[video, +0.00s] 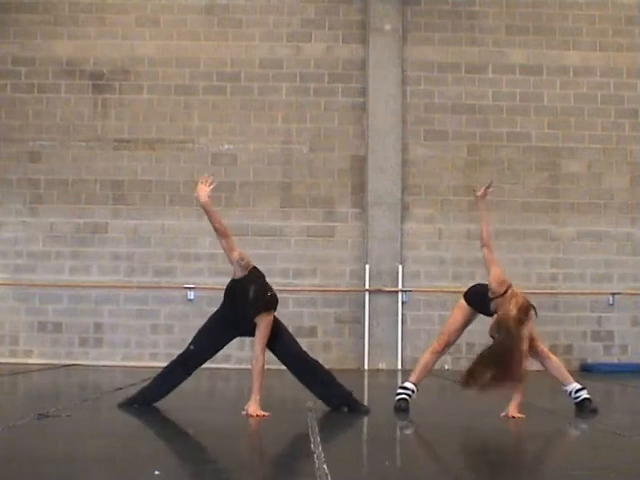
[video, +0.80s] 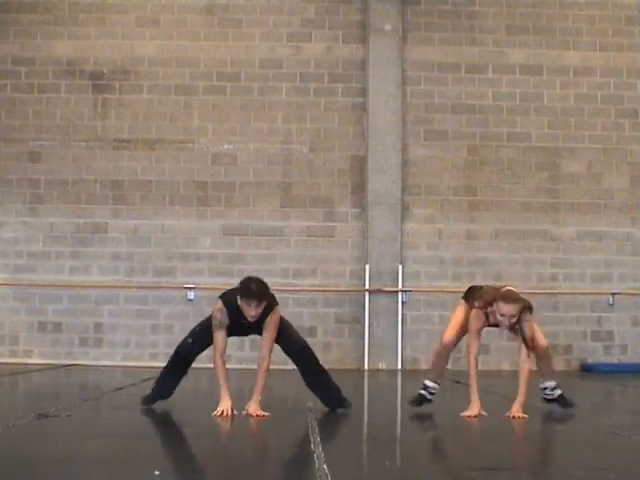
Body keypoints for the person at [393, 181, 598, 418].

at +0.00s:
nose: (504, 321)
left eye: (509, 323)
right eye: (504, 317)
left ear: (521, 322)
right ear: (505, 305)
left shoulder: (523, 325)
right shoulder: (498, 286)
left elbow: (519, 368)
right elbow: (486, 244)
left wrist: (515, 403)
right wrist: (482, 204)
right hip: (477, 299)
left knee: (542, 351)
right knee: (442, 344)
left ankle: (576, 391)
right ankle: (408, 388)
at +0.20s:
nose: (509, 291)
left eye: (515, 291)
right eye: (511, 286)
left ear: (522, 299)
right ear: (509, 282)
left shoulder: (520, 320)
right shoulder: (500, 276)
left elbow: (518, 362)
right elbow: (487, 238)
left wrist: (513, 404)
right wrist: (478, 200)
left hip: (500, 322)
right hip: (474, 303)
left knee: (537, 351)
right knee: (441, 345)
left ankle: (577, 391)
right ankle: (407, 389)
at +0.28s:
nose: (517, 282)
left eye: (523, 280)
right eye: (514, 275)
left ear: (529, 285)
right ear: (507, 273)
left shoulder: (522, 312)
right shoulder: (498, 273)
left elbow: (520, 358)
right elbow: (487, 234)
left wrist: (514, 402)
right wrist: (459, 206)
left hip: (503, 320)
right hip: (477, 303)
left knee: (537, 352)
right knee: (441, 344)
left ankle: (577, 392)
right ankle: (407, 389)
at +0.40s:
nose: (517, 281)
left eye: (524, 278)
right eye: (514, 275)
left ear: (530, 283)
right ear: (506, 274)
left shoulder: (523, 312)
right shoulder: (491, 279)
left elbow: (521, 358)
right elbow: (458, 261)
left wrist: (516, 402)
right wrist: (471, 281)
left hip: (503, 321)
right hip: (475, 305)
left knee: (539, 353)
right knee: (441, 345)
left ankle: (577, 392)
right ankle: (406, 390)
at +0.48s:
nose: (517, 286)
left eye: (523, 282)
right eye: (513, 279)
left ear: (530, 288)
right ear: (504, 278)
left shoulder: (526, 315)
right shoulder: (485, 295)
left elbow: (524, 358)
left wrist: (517, 402)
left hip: (512, 324)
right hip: (480, 309)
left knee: (542, 354)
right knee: (442, 343)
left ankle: (578, 392)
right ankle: (407, 389)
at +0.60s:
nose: (512, 296)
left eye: (517, 292)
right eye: (508, 291)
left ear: (523, 296)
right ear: (497, 291)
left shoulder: (525, 318)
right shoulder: (482, 309)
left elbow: (525, 362)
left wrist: (519, 403)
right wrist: (473, 397)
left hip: (509, 320)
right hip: (475, 302)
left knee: (542, 352)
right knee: (440, 346)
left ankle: (578, 392)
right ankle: (407, 389)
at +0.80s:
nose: (507, 322)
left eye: (513, 317)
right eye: (502, 316)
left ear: (520, 313)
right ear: (493, 309)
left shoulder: (523, 315)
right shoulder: (478, 311)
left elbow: (526, 360)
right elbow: (473, 358)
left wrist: (519, 404)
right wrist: (475, 403)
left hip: (510, 301)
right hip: (475, 302)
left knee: (543, 346)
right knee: (446, 343)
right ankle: (429, 389)